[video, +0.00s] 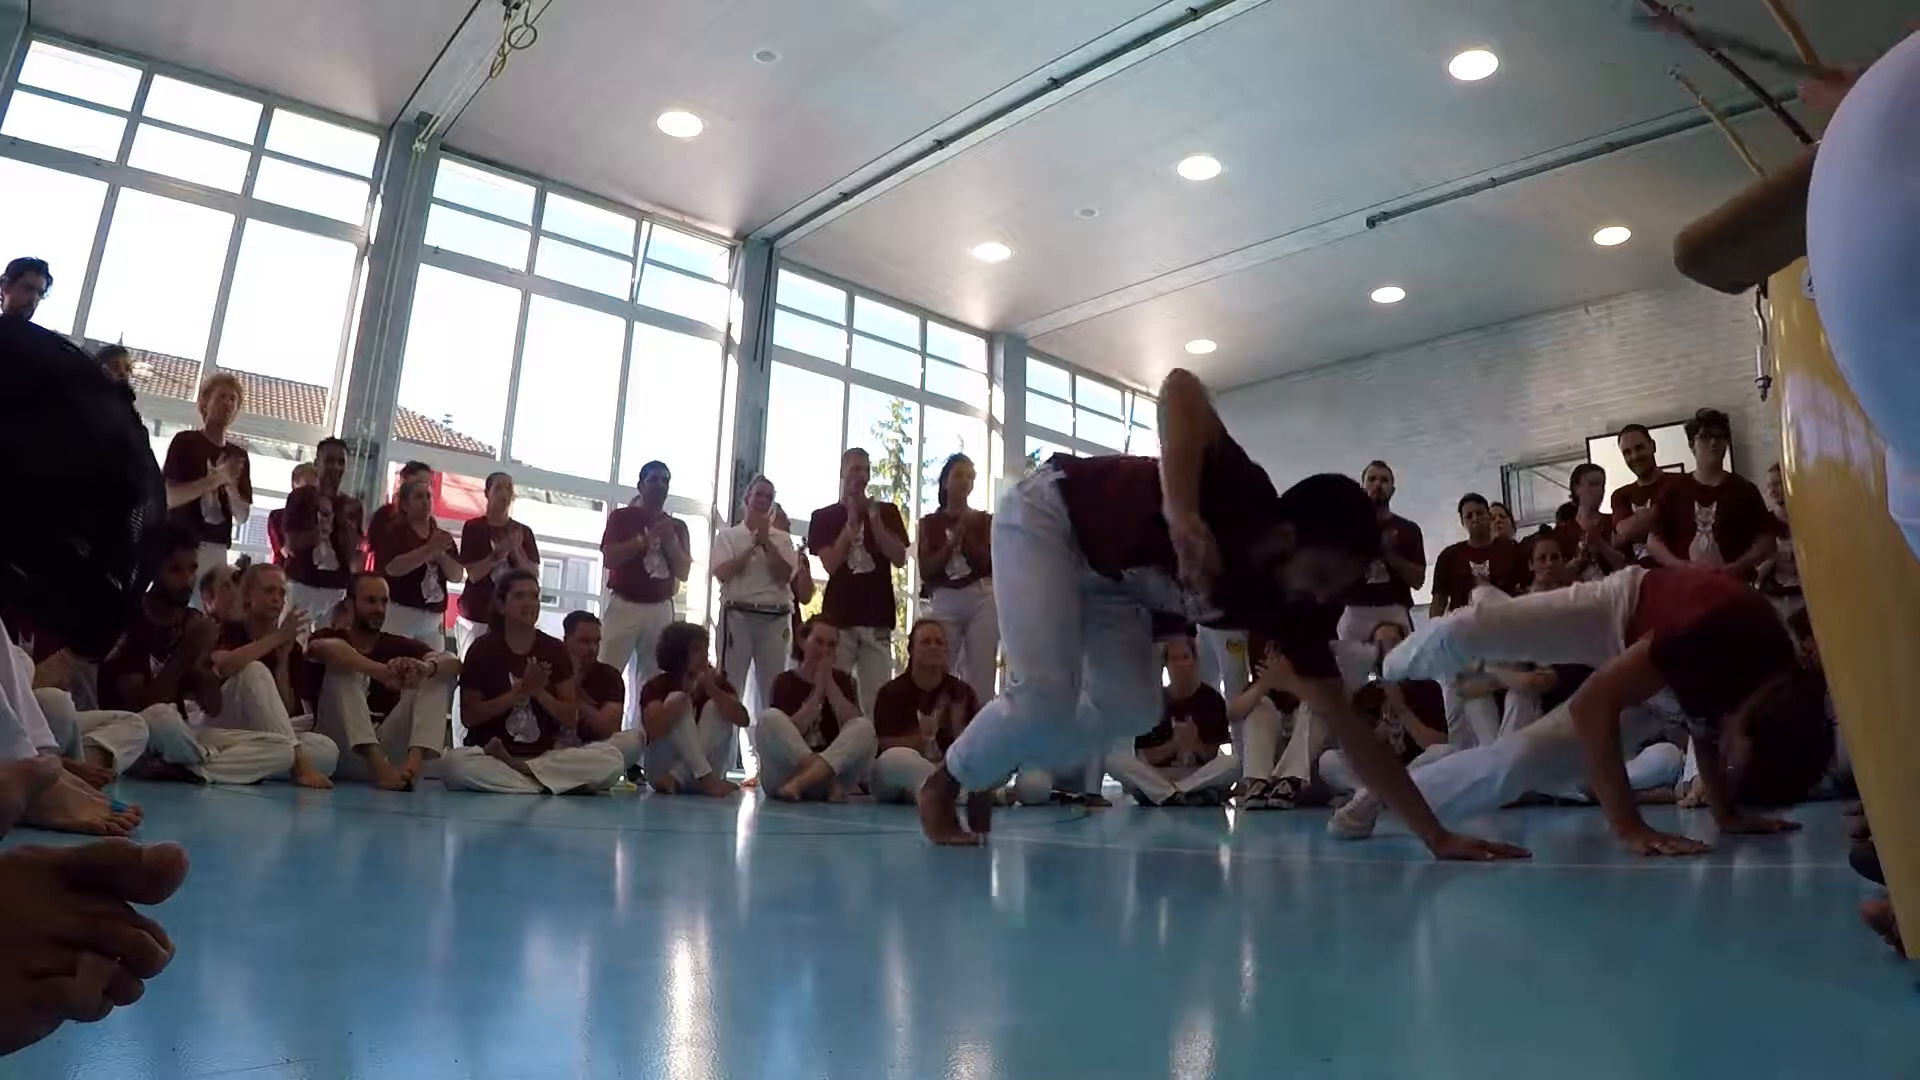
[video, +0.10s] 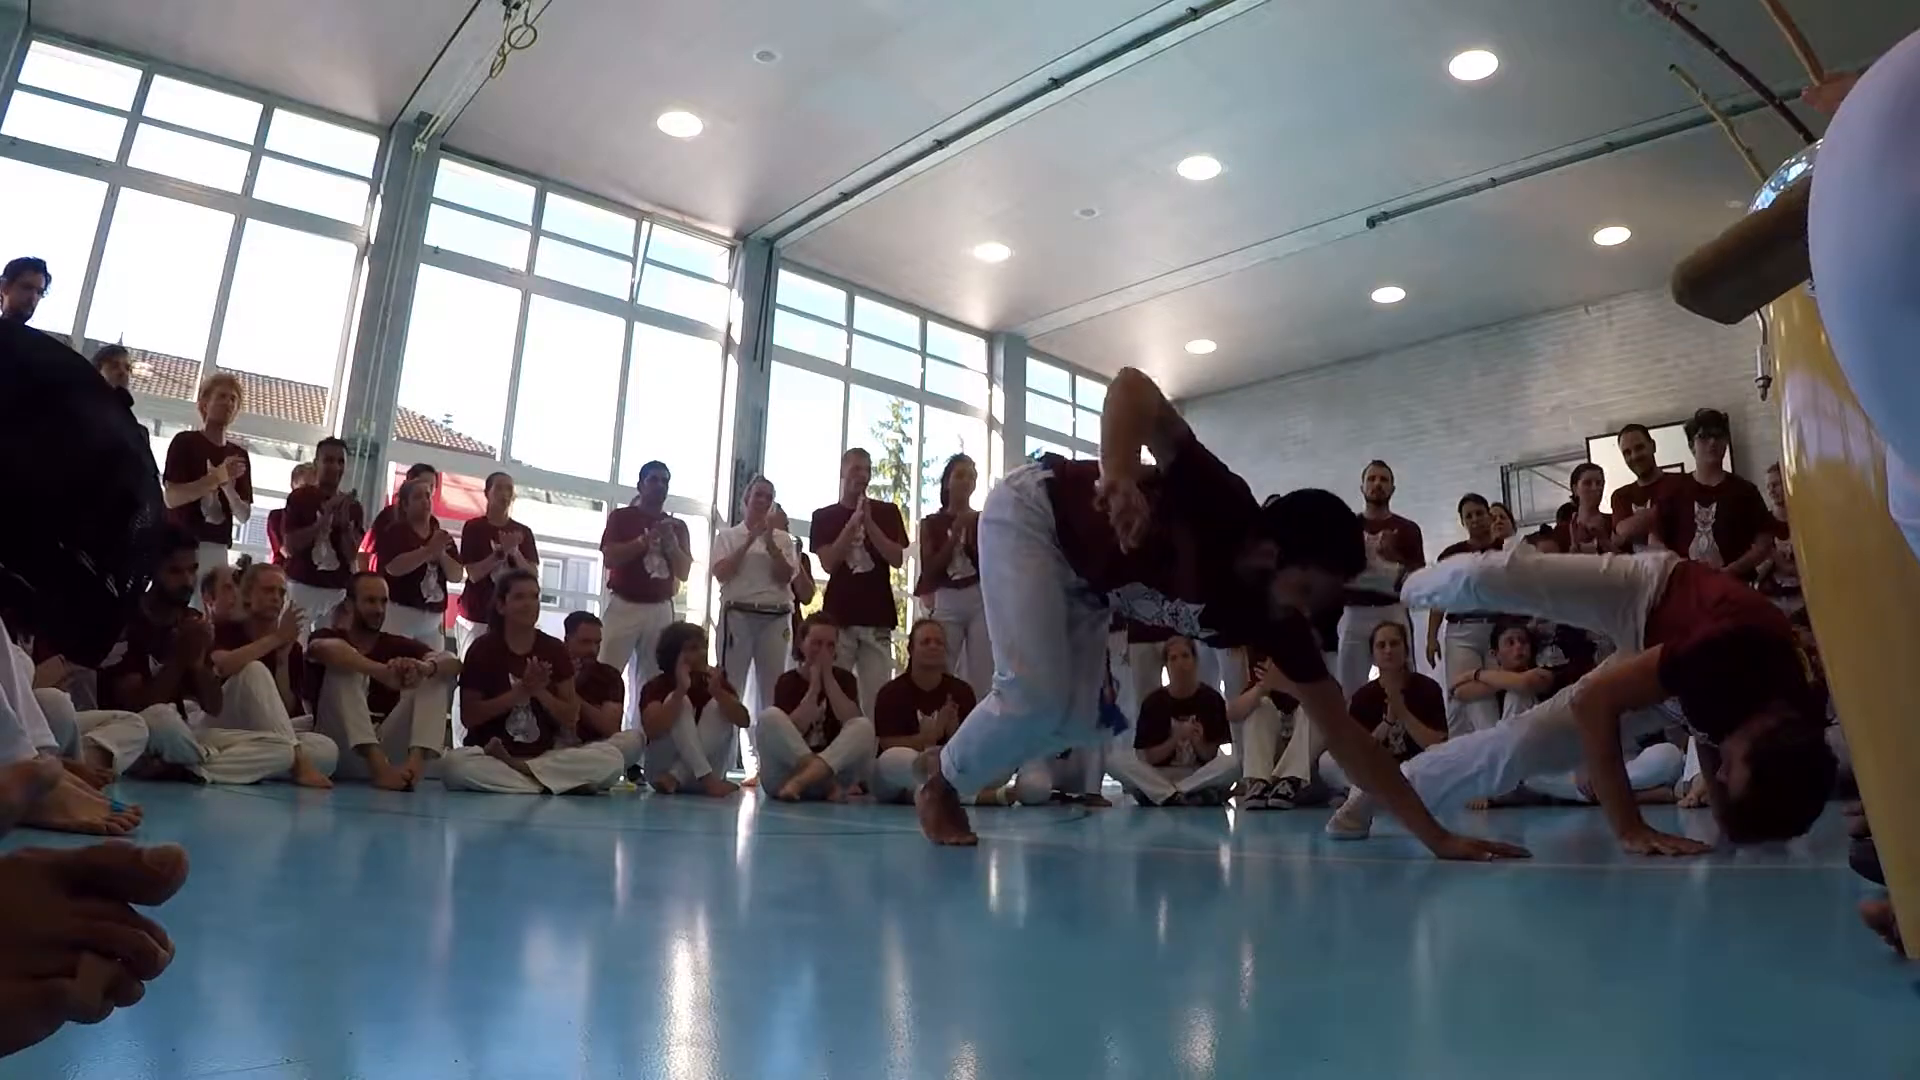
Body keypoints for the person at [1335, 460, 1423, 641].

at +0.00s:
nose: (1378, 485)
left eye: (1384, 480)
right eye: (1372, 479)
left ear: (1392, 489)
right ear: (1362, 485)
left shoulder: (1408, 529)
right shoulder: (1349, 523)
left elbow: (1417, 580)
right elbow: (1336, 570)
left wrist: (1389, 553)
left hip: (1393, 607)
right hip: (1354, 606)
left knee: (1387, 638)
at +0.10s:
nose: (1377, 484)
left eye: (1384, 479)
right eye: (1371, 479)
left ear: (1392, 487)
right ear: (1362, 486)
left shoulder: (1408, 530)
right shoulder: (1348, 527)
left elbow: (1419, 576)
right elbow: (1335, 571)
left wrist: (1395, 557)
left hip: (1392, 609)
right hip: (1354, 611)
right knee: (1349, 688)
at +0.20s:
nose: (1375, 484)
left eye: (1381, 479)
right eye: (1369, 479)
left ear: (1391, 486)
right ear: (1361, 486)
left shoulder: (1407, 529)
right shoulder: (1345, 528)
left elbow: (1416, 578)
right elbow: (1340, 574)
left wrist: (1391, 555)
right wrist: (1366, 552)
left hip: (1394, 612)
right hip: (1355, 614)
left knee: (1401, 689)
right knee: (1348, 692)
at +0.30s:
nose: (1374, 484)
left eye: (1381, 480)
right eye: (1368, 479)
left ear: (1390, 489)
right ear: (1359, 488)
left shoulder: (1407, 529)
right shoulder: (1343, 529)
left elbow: (1416, 578)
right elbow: (1338, 576)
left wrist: (1389, 555)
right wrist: (1366, 554)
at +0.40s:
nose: (1372, 485)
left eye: (1379, 480)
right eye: (1367, 480)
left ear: (1388, 487)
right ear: (1357, 485)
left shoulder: (1400, 520)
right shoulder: (1347, 518)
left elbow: (1415, 577)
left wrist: (1384, 553)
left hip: (1392, 604)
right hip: (1354, 606)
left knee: (1401, 677)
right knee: (1354, 683)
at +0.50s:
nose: (1373, 492)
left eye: (1379, 484)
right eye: (1367, 485)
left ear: (1388, 488)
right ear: (1359, 490)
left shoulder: (1404, 528)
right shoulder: (1349, 528)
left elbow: (1416, 577)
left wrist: (1385, 559)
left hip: (1391, 608)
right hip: (1354, 609)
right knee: (1350, 681)